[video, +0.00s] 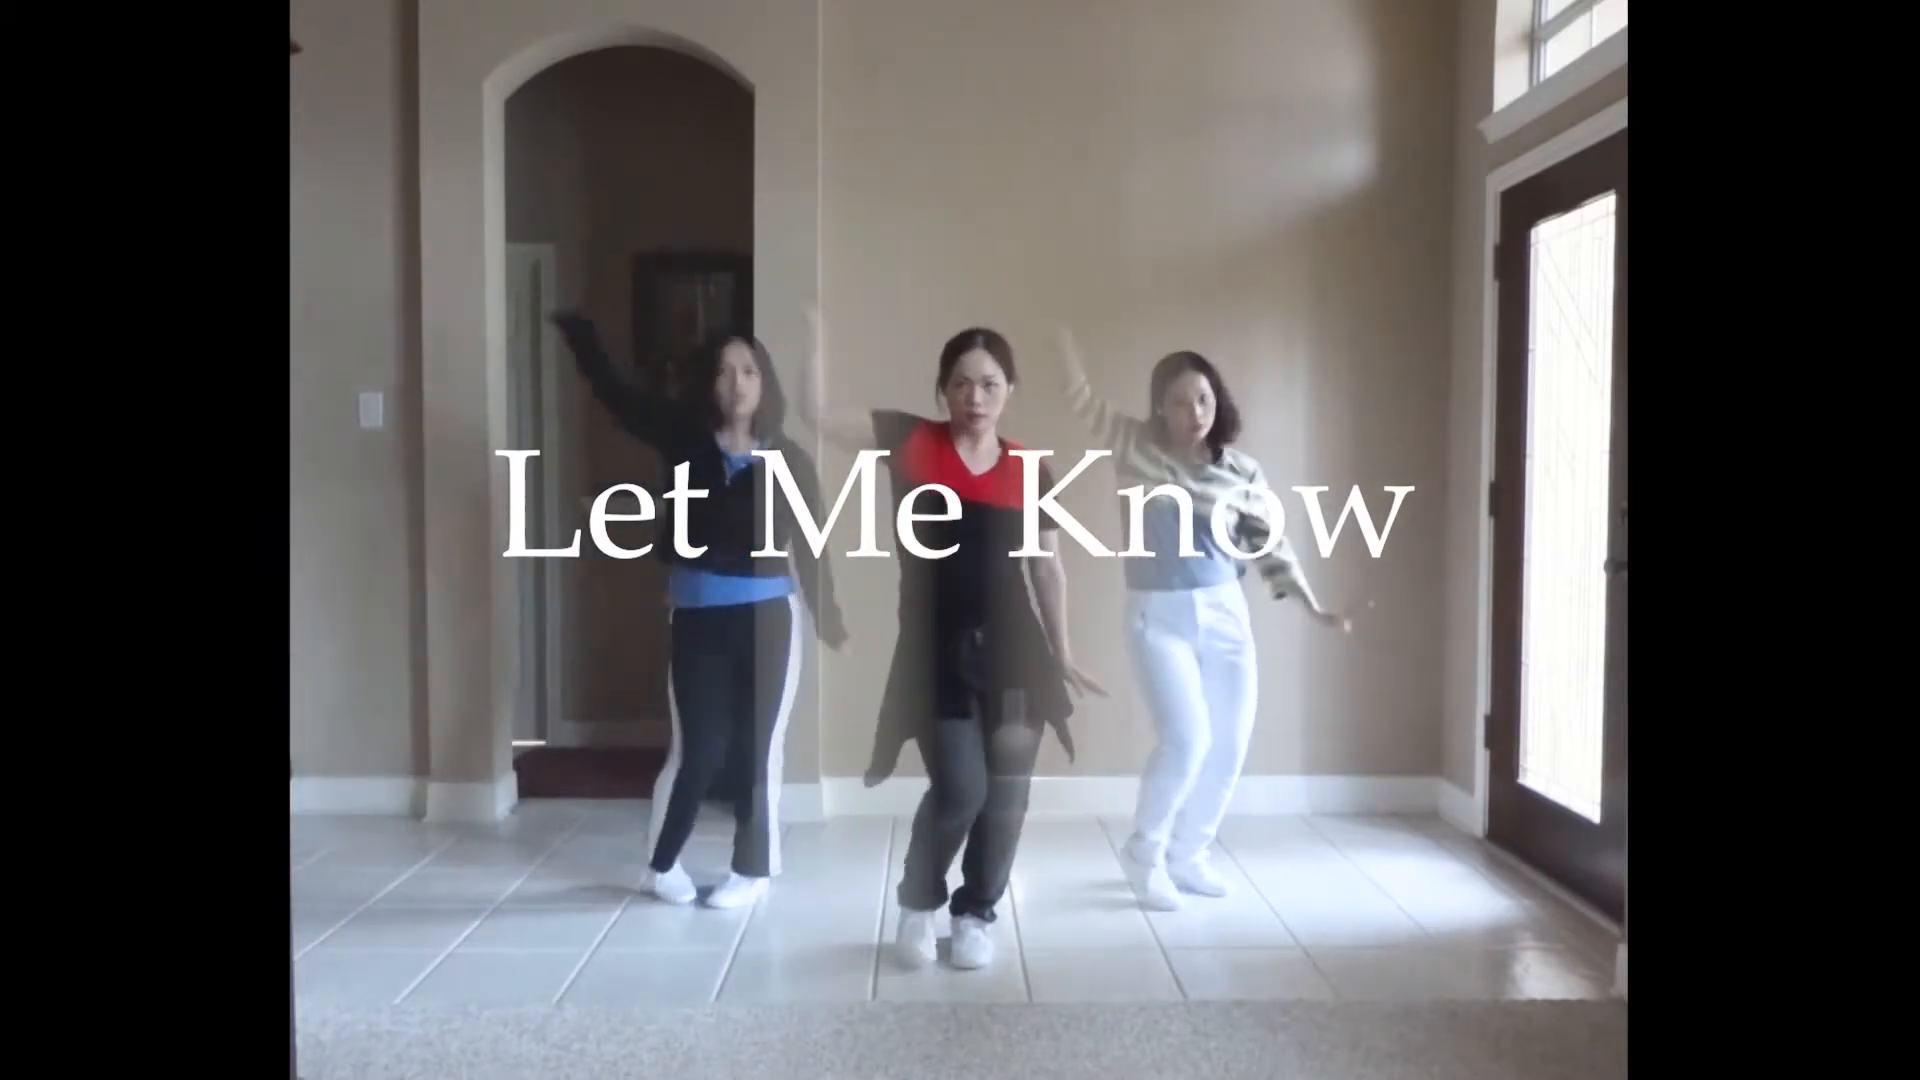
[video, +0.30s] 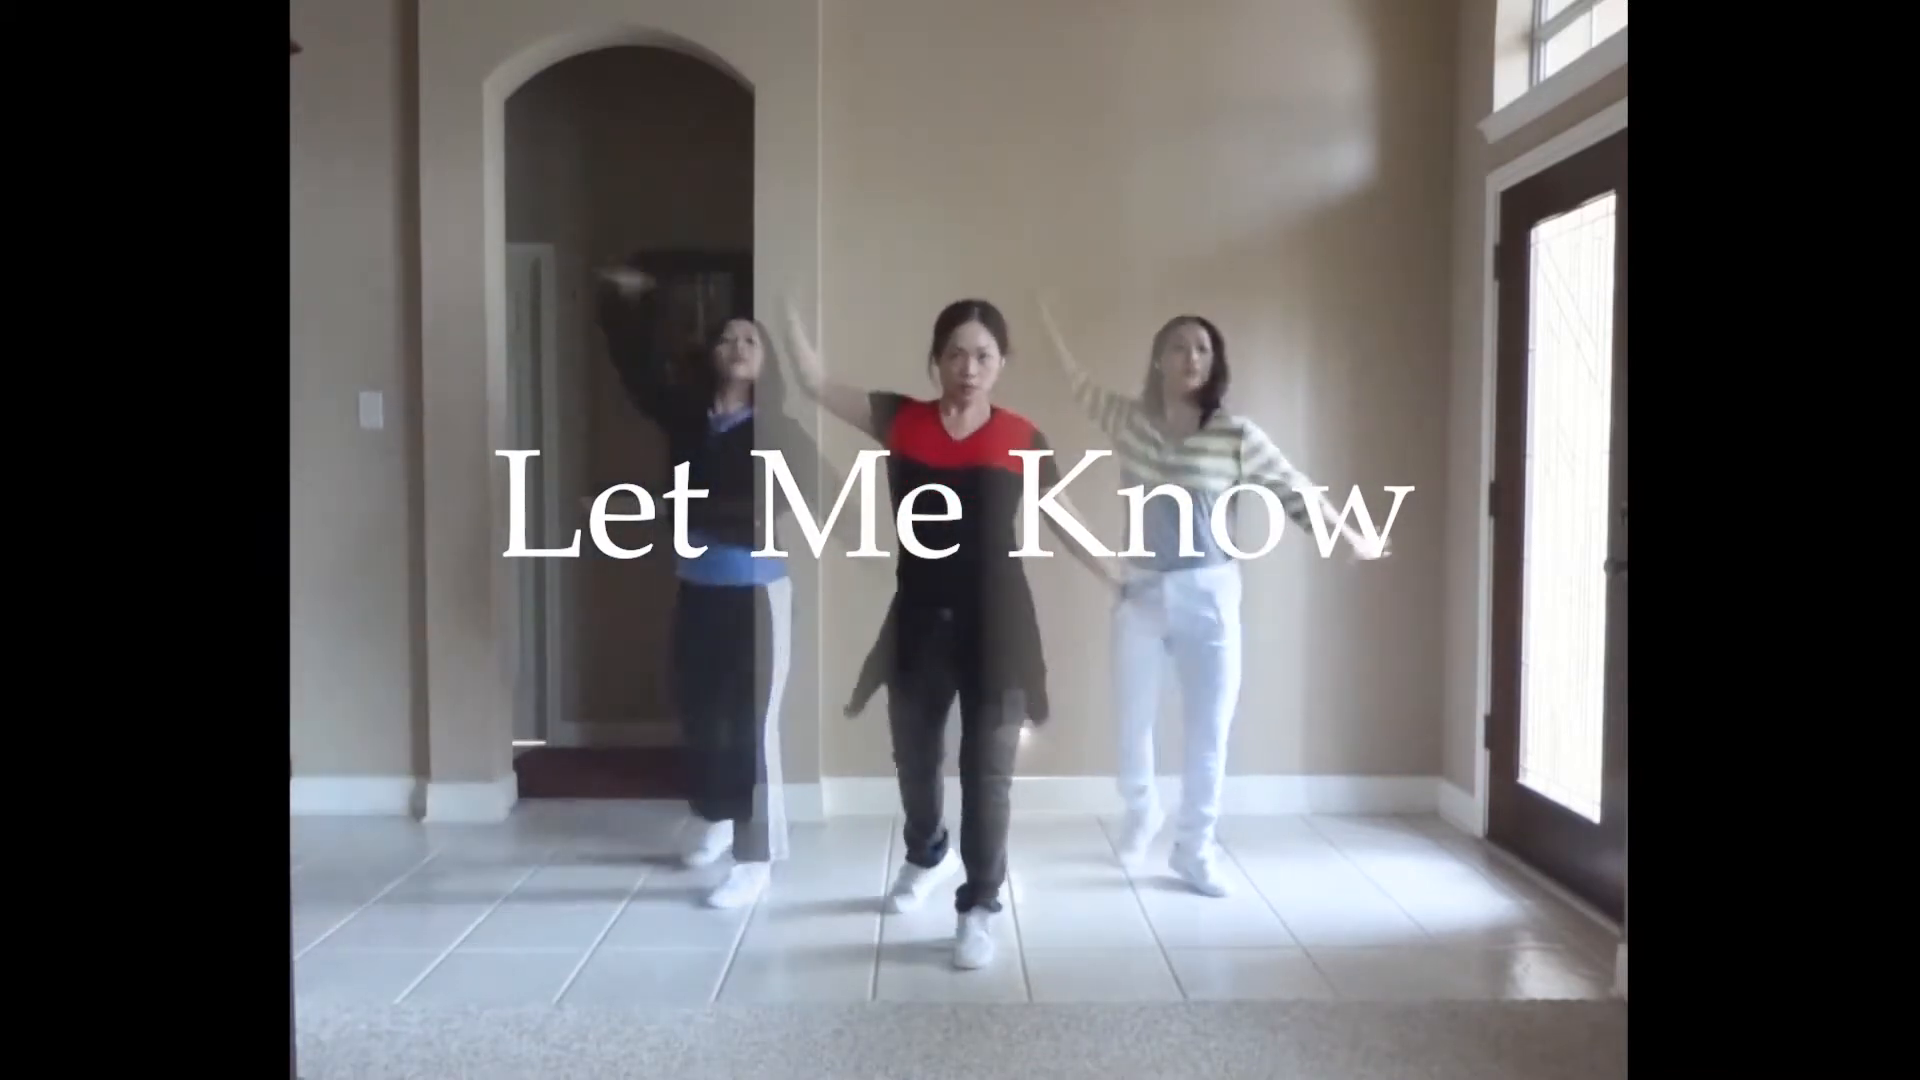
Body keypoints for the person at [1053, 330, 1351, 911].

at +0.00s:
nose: (1195, 411)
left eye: (1203, 399)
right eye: (1181, 402)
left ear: (1217, 403)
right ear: (1159, 408)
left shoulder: (1241, 471)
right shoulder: (1138, 449)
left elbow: (1270, 547)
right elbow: (1092, 412)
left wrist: (1311, 606)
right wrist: (1072, 373)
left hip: (1225, 616)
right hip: (1158, 619)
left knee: (1228, 743)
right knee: (1187, 741)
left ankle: (1189, 856)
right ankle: (1144, 854)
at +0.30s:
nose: (1190, 357)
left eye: (1201, 349)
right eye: (1178, 347)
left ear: (1216, 365)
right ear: (1156, 360)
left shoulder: (1236, 436)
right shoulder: (1130, 422)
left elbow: (1293, 489)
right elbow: (1079, 383)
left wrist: (1348, 538)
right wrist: (1045, 320)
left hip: (1209, 595)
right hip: (1140, 594)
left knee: (1209, 731)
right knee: (1132, 721)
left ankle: (1195, 849)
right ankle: (1137, 817)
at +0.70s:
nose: (1171, 388)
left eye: (1181, 380)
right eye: (1160, 378)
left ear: (1193, 395)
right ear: (1137, 387)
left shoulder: (1205, 460)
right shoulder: (1105, 443)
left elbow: (1255, 507)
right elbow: (1048, 405)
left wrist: (1311, 512)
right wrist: (1049, 344)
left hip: (1184, 594)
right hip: (1121, 600)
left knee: (1192, 719)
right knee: (1130, 724)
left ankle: (1230, 838)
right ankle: (1147, 830)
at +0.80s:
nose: (1160, 395)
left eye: (1171, 387)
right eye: (1151, 385)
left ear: (1186, 400)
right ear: (1132, 393)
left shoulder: (1202, 466)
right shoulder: (1101, 453)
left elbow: (1255, 514)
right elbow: (1043, 410)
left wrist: (1313, 516)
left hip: (1183, 600)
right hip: (1121, 604)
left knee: (1184, 712)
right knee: (1127, 723)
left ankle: (1215, 838)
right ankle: (1145, 829)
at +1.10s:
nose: (1116, 417)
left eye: (1123, 409)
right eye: (1118, 409)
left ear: (1138, 417)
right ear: (1179, 416)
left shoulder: (1201, 475)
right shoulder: (1105, 469)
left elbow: (1250, 535)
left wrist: (1318, 542)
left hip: (1170, 606)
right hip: (1114, 605)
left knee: (1182, 719)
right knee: (1116, 728)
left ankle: (1205, 842)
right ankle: (1144, 824)